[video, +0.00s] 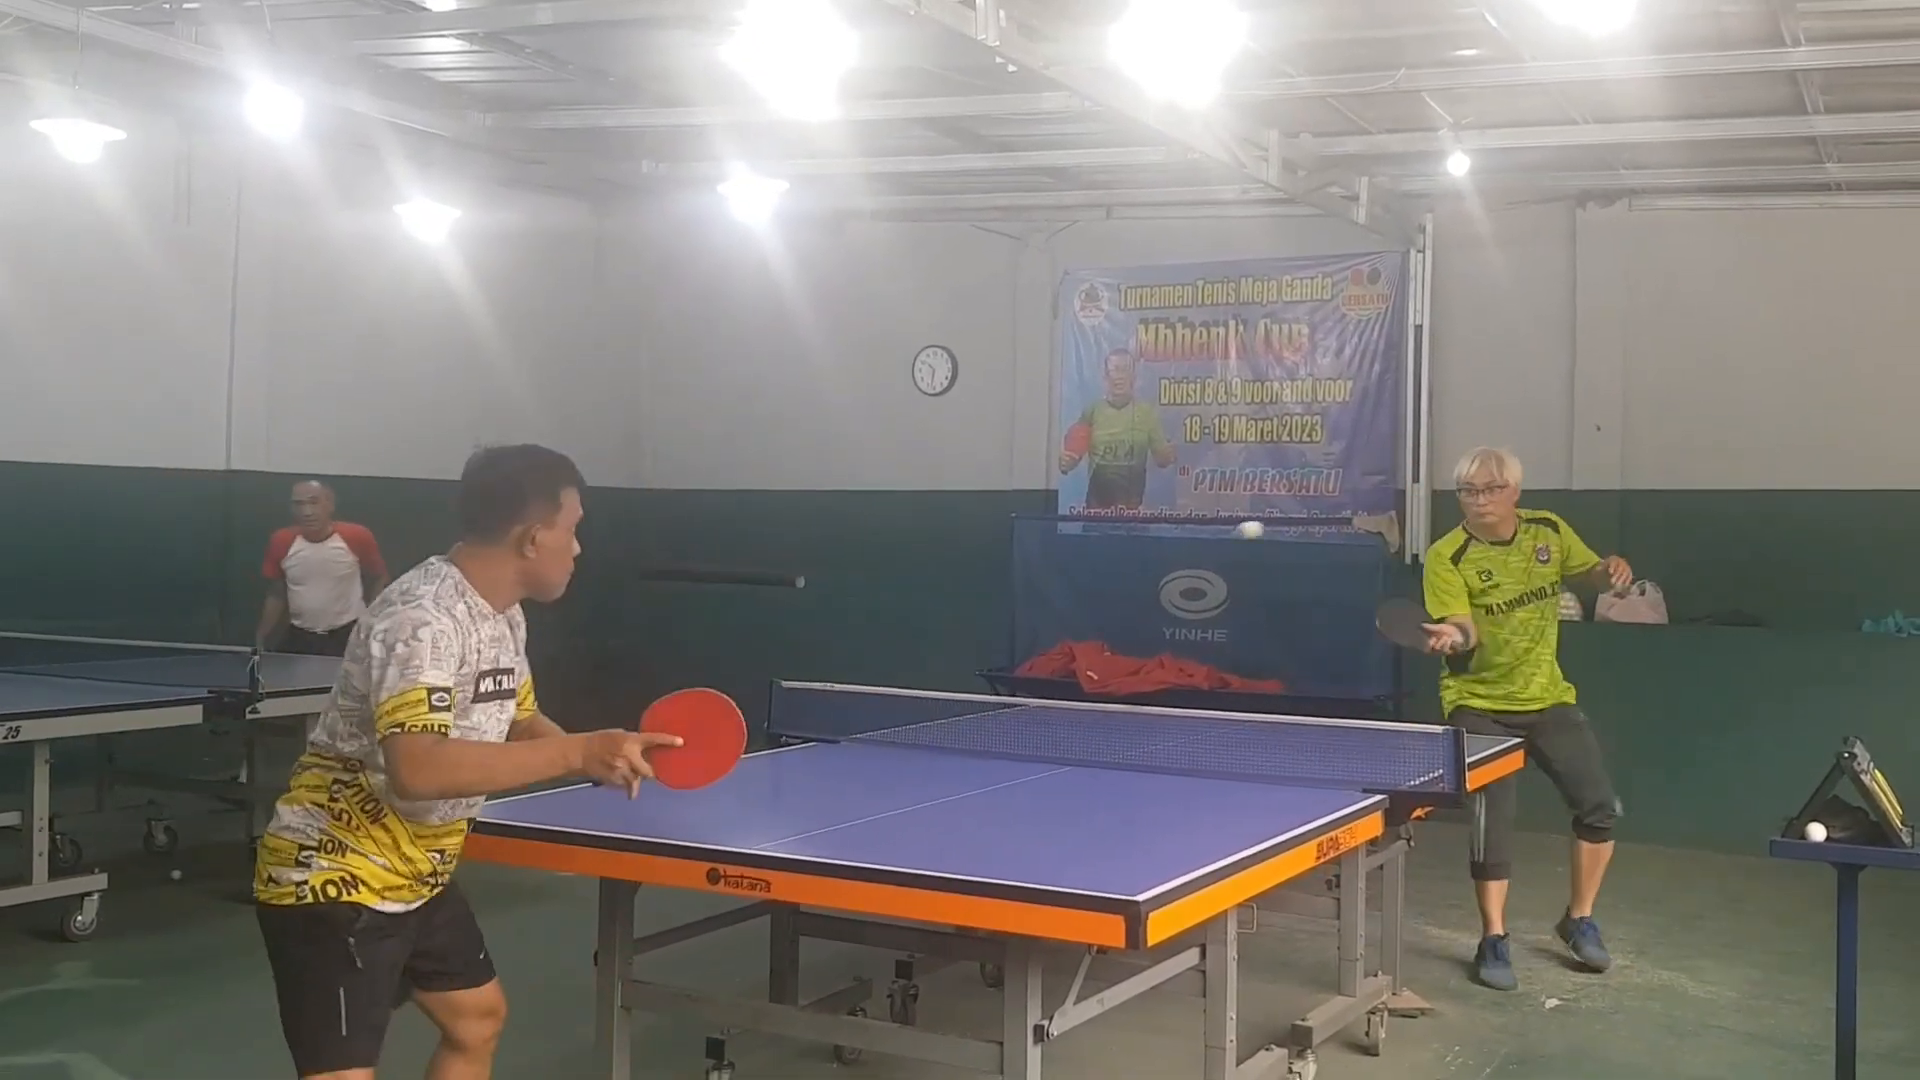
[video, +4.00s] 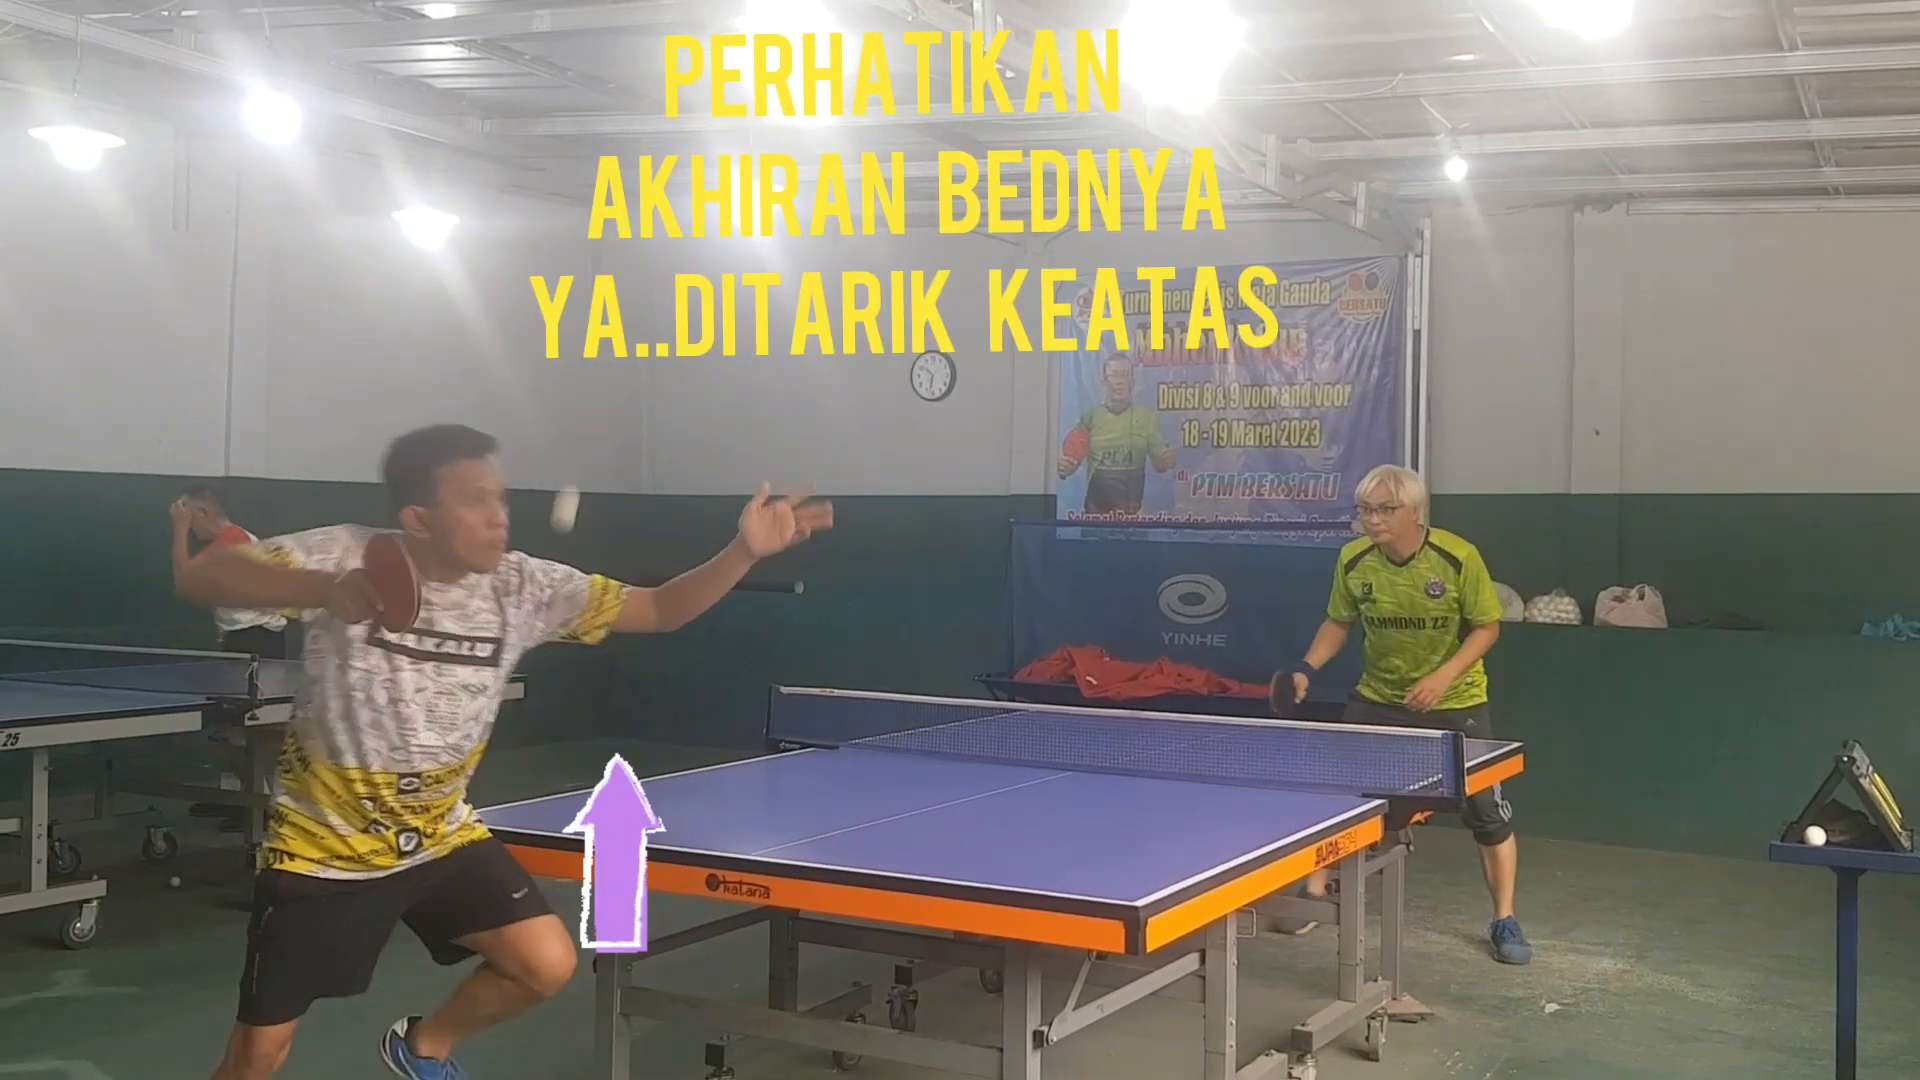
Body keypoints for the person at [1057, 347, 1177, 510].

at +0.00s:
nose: (1118, 377)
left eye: (1124, 370)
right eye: (1113, 370)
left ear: (1133, 375)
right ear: (1105, 376)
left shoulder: (1146, 413)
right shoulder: (1093, 412)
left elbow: (1161, 457)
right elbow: (1076, 446)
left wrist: (1167, 455)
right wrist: (1066, 462)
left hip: (1132, 498)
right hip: (1098, 499)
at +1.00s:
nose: (1119, 376)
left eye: (1125, 369)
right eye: (1114, 369)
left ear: (1135, 375)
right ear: (1106, 375)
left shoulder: (1148, 413)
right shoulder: (1094, 411)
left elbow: (1162, 456)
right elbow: (1077, 445)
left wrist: (1169, 454)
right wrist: (1067, 461)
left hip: (1132, 499)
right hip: (1098, 499)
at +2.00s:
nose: (1116, 381)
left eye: (1122, 374)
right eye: (1110, 375)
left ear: (1131, 380)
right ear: (1103, 381)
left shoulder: (1145, 418)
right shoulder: (1091, 419)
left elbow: (1158, 463)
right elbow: (1074, 449)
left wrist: (1165, 460)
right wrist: (1065, 466)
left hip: (1129, 507)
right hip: (1095, 508)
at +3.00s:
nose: (1117, 381)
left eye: (1123, 374)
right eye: (1111, 375)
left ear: (1132, 380)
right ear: (1103, 381)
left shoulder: (1145, 417)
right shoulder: (1091, 417)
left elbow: (1158, 461)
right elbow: (1075, 449)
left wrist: (1165, 459)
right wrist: (1065, 465)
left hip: (1130, 504)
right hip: (1096, 505)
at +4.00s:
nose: (1118, 382)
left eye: (1123, 375)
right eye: (1112, 375)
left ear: (1132, 380)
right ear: (1103, 381)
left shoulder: (1145, 417)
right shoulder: (1091, 418)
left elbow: (1158, 462)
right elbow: (1074, 450)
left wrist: (1166, 460)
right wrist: (1066, 466)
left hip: (1131, 505)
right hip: (1097, 506)